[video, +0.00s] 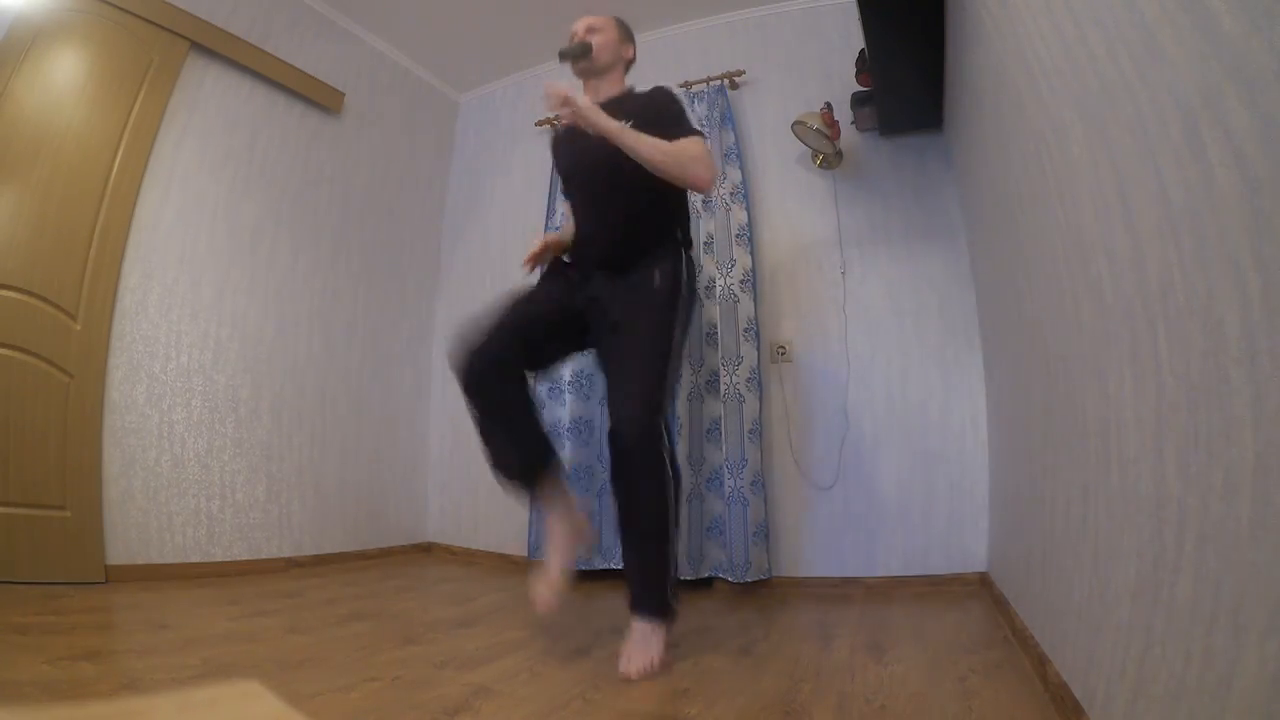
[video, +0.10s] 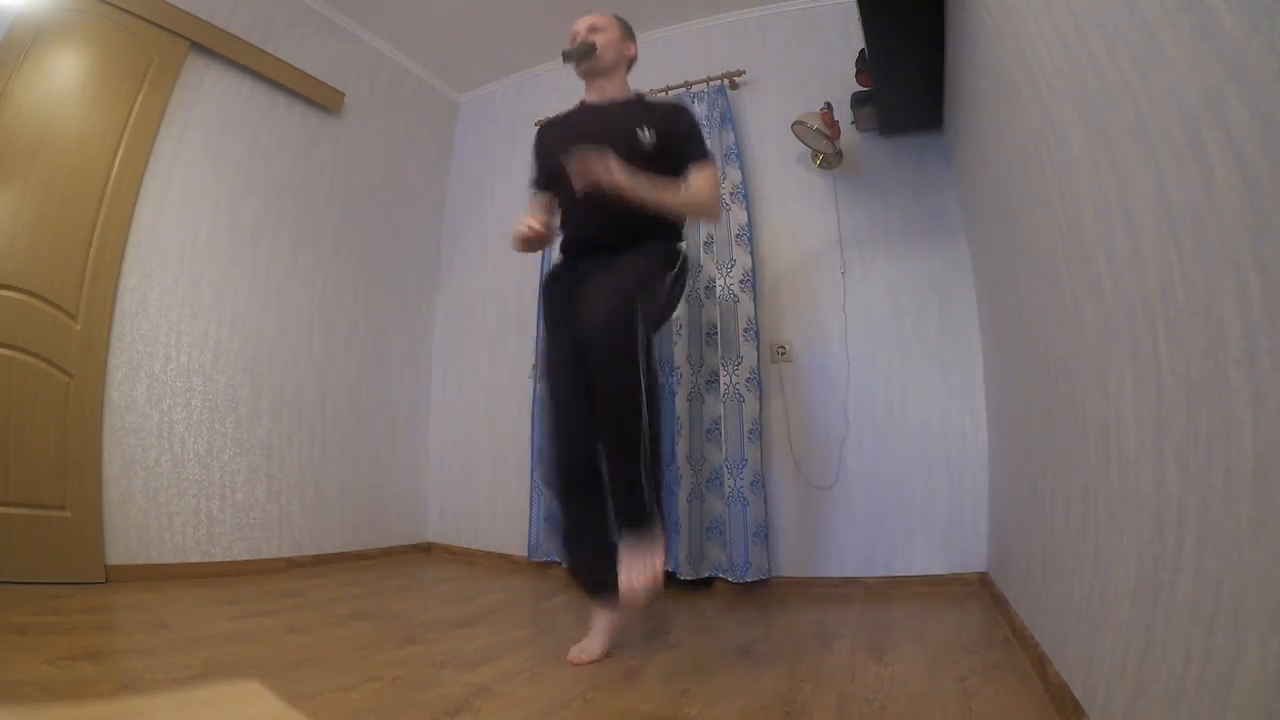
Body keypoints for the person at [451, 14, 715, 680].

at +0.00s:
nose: (578, 39)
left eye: (593, 30)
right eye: (571, 35)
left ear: (627, 49)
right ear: (569, 59)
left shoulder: (657, 105)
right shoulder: (567, 133)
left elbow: (702, 172)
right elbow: (593, 211)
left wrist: (601, 124)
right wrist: (560, 241)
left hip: (648, 285)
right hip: (582, 283)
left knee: (633, 430)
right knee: (484, 361)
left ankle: (650, 613)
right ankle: (558, 508)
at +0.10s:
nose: (582, 36)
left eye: (597, 28)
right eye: (576, 33)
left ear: (630, 49)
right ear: (570, 60)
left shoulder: (667, 116)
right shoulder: (554, 131)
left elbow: (707, 198)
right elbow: (543, 207)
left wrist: (626, 179)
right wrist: (534, 228)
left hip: (646, 258)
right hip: (574, 272)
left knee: (609, 317)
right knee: (572, 435)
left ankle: (639, 525)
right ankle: (604, 600)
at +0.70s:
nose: (581, 43)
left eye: (597, 36)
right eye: (573, 40)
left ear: (628, 61)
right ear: (565, 69)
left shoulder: (662, 139)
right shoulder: (543, 143)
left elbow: (703, 229)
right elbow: (500, 243)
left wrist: (652, 218)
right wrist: (491, 226)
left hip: (649, 284)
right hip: (574, 295)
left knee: (604, 248)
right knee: (589, 455)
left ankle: (637, 444)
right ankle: (615, 606)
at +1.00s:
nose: (572, 49)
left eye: (588, 41)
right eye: (565, 45)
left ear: (622, 65)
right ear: (559, 74)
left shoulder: (650, 124)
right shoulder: (565, 154)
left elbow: (706, 198)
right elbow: (587, 246)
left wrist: (603, 151)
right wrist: (543, 265)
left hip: (647, 309)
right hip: (581, 300)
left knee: (647, 471)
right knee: (462, 283)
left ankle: (650, 625)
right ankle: (536, 439)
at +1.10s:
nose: (573, 35)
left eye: (591, 29)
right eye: (566, 31)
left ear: (623, 54)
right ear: (559, 60)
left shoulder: (653, 109)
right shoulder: (556, 138)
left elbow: (706, 171)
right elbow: (572, 209)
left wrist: (615, 115)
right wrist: (559, 236)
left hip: (647, 289)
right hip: (577, 285)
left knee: (641, 436)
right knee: (481, 346)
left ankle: (648, 612)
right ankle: (550, 498)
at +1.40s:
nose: (567, 43)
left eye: (582, 33)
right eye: (561, 40)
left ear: (617, 53)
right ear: (558, 64)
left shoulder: (657, 113)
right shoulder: (550, 133)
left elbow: (715, 179)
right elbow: (520, 228)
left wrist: (681, 206)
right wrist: (519, 169)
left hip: (647, 263)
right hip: (580, 275)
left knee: (616, 374)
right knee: (533, 417)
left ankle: (645, 543)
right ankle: (578, 580)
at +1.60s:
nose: (570, 55)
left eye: (586, 45)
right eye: (564, 50)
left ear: (622, 66)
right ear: (558, 72)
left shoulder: (647, 119)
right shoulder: (561, 152)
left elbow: (680, 186)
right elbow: (590, 239)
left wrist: (589, 125)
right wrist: (547, 260)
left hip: (642, 305)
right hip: (578, 296)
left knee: (641, 461)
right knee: (463, 298)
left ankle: (653, 613)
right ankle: (522, 471)